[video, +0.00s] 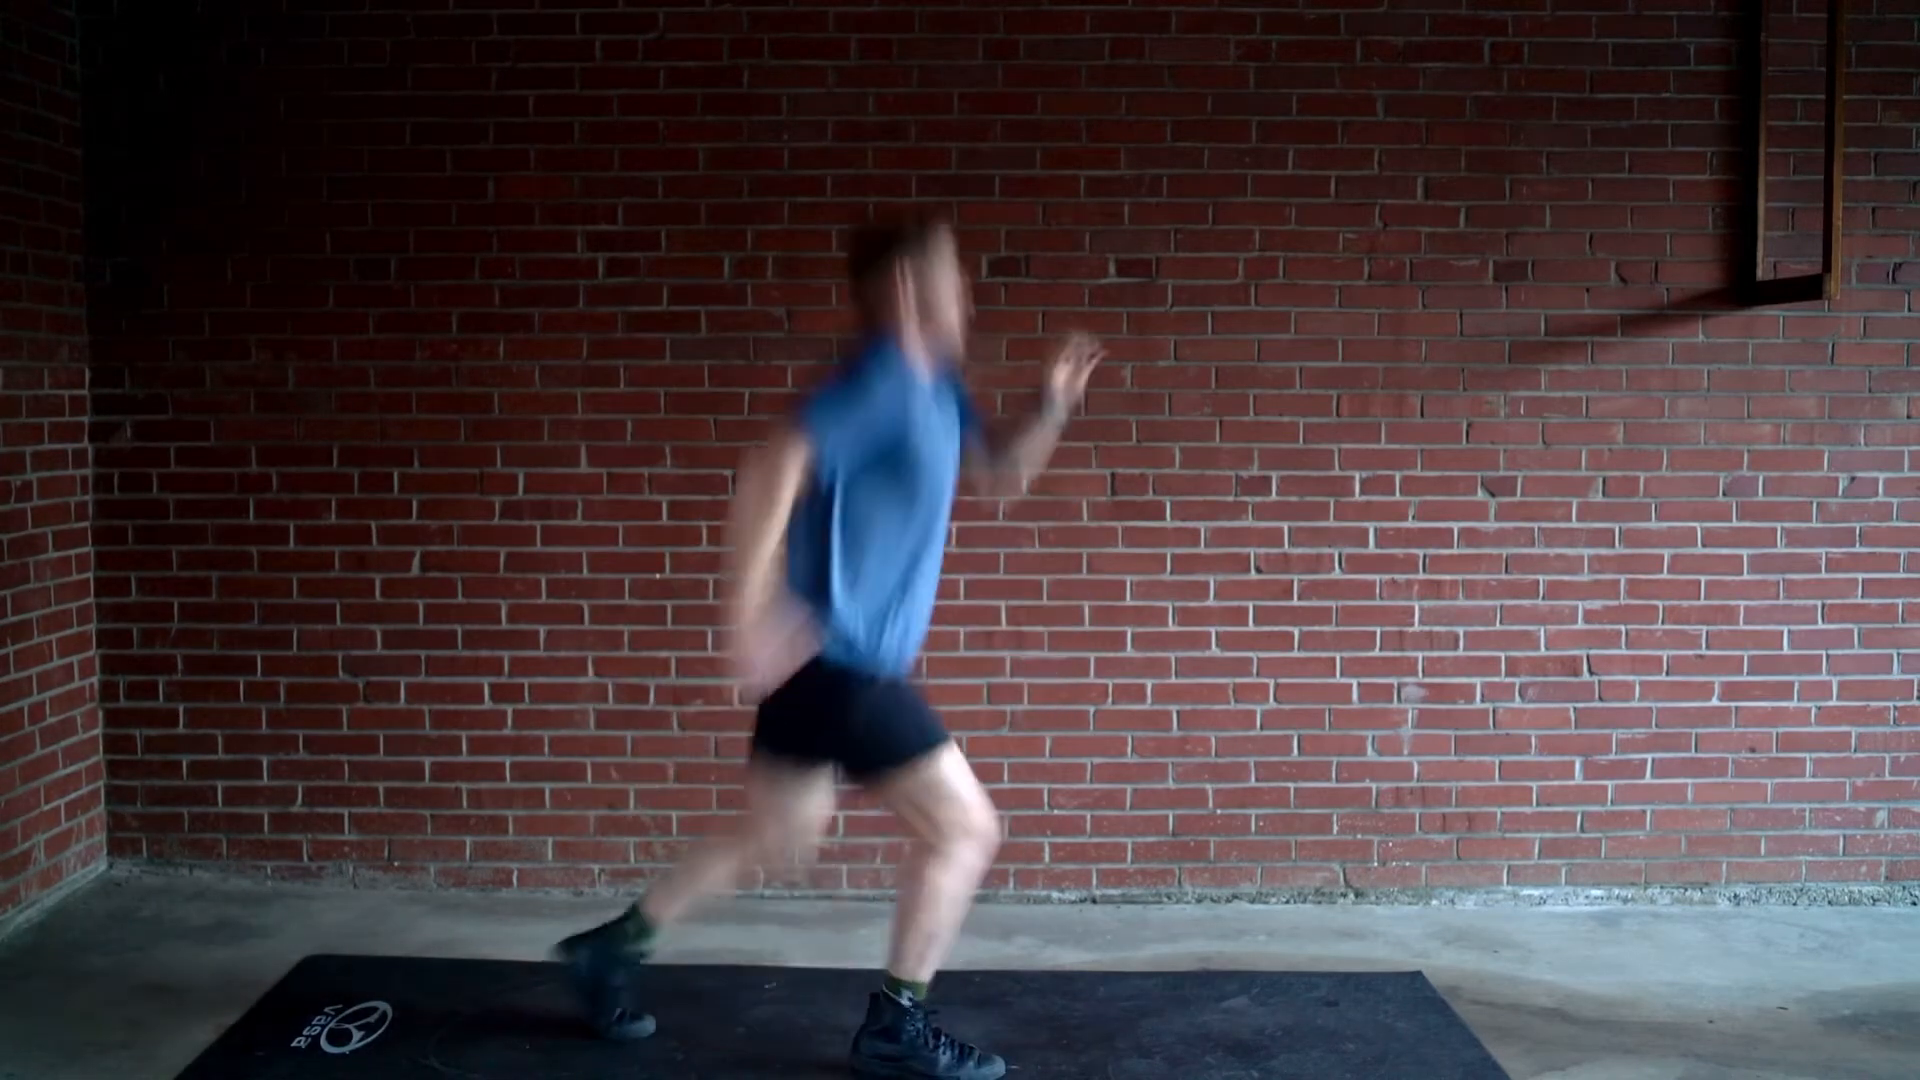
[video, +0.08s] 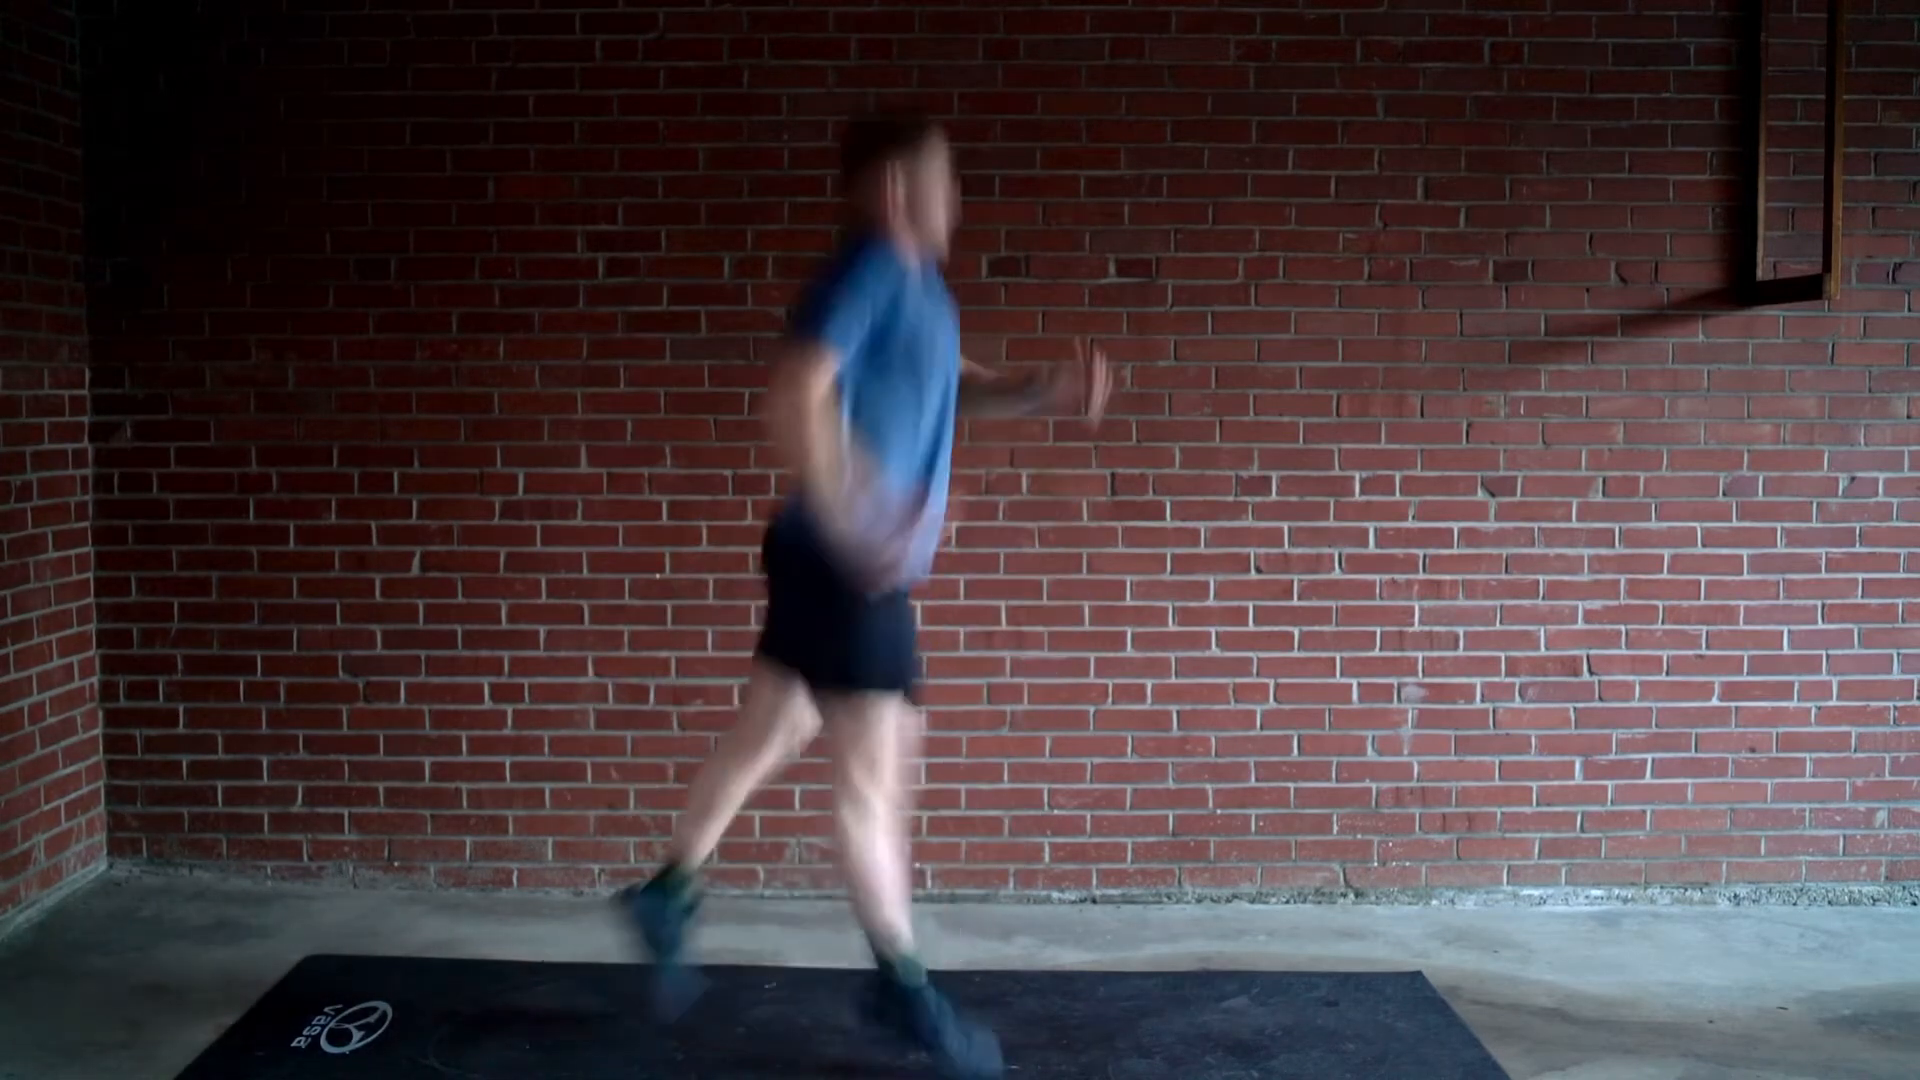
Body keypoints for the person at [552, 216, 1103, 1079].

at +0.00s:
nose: (963, 292)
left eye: (960, 275)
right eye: (944, 275)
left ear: (943, 288)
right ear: (898, 289)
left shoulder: (942, 392)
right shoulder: (881, 382)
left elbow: (1001, 473)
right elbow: (777, 457)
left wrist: (1052, 410)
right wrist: (749, 605)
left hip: (840, 662)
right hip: (841, 665)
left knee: (776, 837)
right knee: (964, 831)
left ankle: (614, 945)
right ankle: (896, 1025)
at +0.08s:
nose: (951, 193)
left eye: (950, 176)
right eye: (935, 175)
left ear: (928, 190)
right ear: (886, 187)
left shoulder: (922, 284)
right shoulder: (870, 274)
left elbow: (934, 383)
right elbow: (797, 395)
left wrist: (1035, 388)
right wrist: (845, 519)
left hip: (853, 543)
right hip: (844, 548)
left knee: (763, 731)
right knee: (871, 771)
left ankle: (669, 891)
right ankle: (901, 979)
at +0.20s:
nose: (960, 108)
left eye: (957, 90)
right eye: (946, 89)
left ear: (903, 100)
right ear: (896, 97)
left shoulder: (898, 199)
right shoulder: (871, 189)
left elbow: (898, 338)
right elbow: (870, 331)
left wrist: (906, 452)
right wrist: (1013, 321)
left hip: (857, 461)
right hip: (841, 459)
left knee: (831, 668)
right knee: (849, 671)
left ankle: (767, 850)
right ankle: (770, 853)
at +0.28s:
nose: (969, 98)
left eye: (967, 81)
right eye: (958, 81)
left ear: (908, 86)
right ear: (910, 84)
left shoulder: (895, 176)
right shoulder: (875, 178)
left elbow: (909, 308)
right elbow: (946, 307)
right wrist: (1043, 231)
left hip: (867, 451)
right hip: (833, 450)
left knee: (877, 648)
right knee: (825, 667)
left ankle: (824, 841)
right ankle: (685, 832)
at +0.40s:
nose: (980, 141)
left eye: (976, 122)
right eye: (968, 123)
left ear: (913, 129)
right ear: (919, 127)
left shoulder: (862, 218)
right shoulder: (904, 225)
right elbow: (1002, 339)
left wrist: (701, 396)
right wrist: (1042, 227)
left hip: (875, 497)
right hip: (828, 497)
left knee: (906, 687)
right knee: (778, 713)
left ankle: (897, 880)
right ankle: (621, 847)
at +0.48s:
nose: (988, 208)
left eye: (984, 188)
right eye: (973, 188)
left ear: (914, 195)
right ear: (922, 192)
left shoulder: (853, 287)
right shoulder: (915, 296)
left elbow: (753, 363)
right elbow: (1009, 421)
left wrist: (674, 437)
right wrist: (1040, 294)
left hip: (868, 565)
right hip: (824, 567)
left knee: (927, 739)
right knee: (769, 774)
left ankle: (916, 938)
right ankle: (611, 911)